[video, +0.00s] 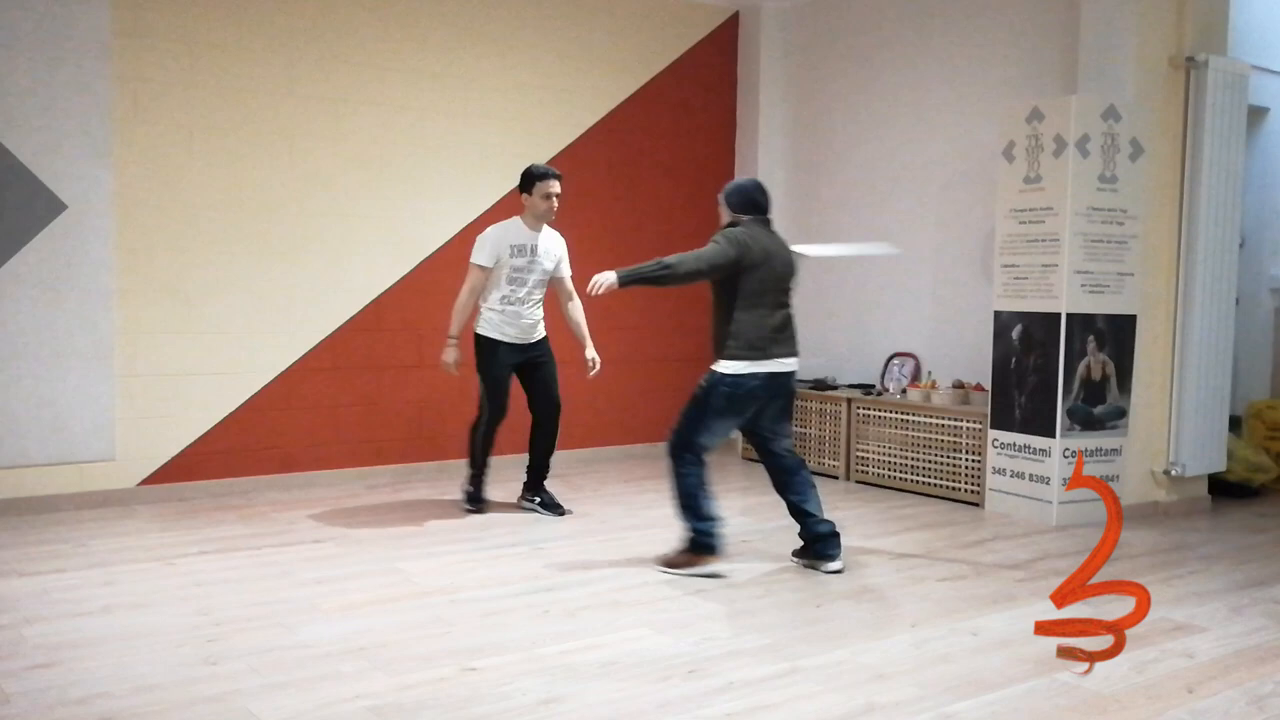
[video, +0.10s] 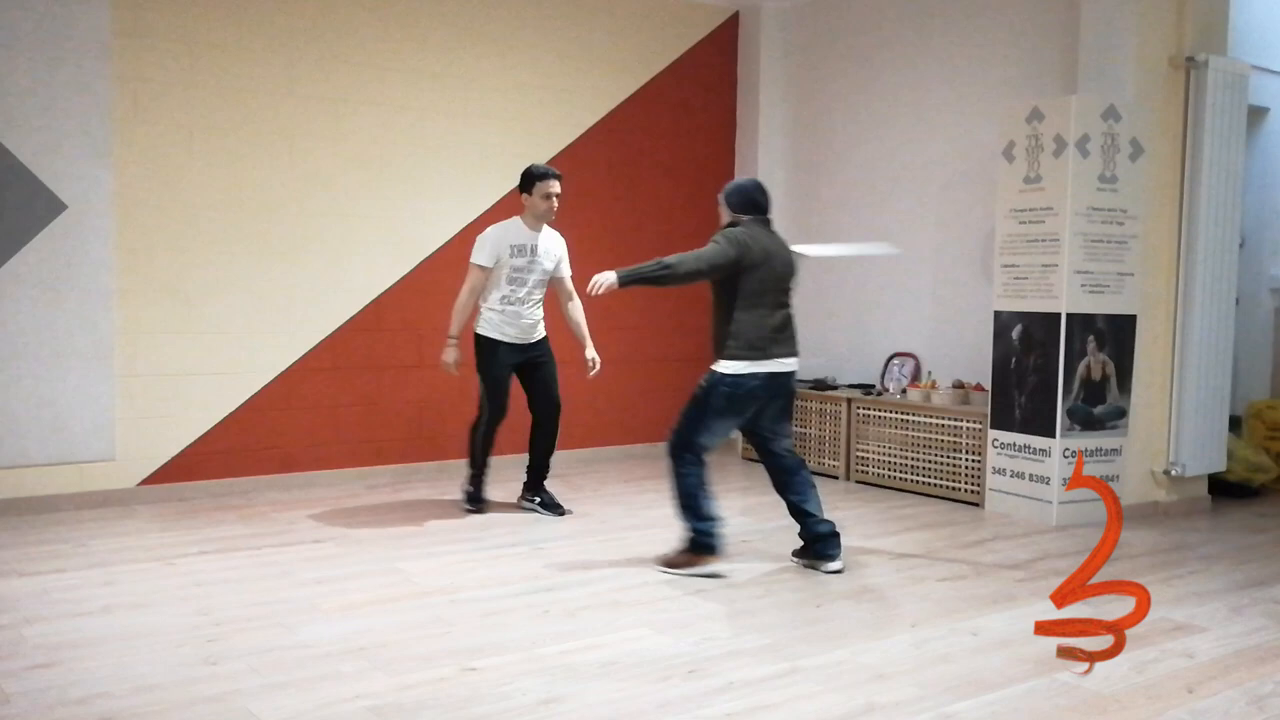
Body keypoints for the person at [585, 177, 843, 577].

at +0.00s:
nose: (719, 213)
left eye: (721, 207)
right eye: (720, 206)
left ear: (732, 209)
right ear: (761, 209)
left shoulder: (735, 241)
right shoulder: (780, 246)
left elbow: (688, 264)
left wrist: (621, 276)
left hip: (738, 372)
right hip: (781, 372)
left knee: (685, 446)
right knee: (779, 453)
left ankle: (702, 543)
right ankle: (823, 545)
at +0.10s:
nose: (719, 213)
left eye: (721, 207)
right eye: (720, 206)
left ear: (732, 209)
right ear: (761, 209)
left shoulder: (735, 241)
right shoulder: (780, 246)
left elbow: (688, 264)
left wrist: (621, 276)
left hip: (738, 372)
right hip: (781, 372)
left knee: (685, 446)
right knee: (779, 453)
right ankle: (823, 545)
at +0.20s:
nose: (694, 211)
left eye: (696, 205)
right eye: (695, 205)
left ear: (707, 209)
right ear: (734, 208)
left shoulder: (722, 240)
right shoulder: (744, 238)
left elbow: (687, 263)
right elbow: (721, 244)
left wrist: (625, 267)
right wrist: (692, 240)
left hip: (716, 374)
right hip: (754, 373)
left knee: (659, 440)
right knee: (773, 455)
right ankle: (821, 543)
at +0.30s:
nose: (665, 220)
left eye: (668, 212)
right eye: (666, 212)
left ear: (680, 213)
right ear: (704, 213)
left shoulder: (700, 245)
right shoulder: (707, 246)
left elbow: (682, 273)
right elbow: (652, 283)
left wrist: (615, 267)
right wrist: (600, 275)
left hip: (685, 377)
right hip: (720, 375)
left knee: (630, 443)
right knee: (752, 452)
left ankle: (615, 533)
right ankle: (811, 530)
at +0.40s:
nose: (635, 222)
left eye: (638, 214)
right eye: (636, 214)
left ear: (649, 216)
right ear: (671, 215)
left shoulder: (677, 248)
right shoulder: (658, 255)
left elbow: (667, 287)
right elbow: (608, 301)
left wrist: (603, 277)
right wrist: (546, 316)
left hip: (658, 376)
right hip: (690, 374)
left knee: (606, 441)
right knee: (708, 447)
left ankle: (614, 532)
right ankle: (781, 511)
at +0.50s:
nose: (609, 219)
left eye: (612, 212)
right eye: (609, 212)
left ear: (625, 213)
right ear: (641, 211)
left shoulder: (658, 245)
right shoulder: (628, 253)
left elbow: (645, 296)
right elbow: (599, 303)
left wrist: (583, 281)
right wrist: (555, 340)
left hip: (643, 371)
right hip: (664, 369)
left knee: (598, 440)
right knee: (658, 441)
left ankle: (614, 531)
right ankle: (727, 500)